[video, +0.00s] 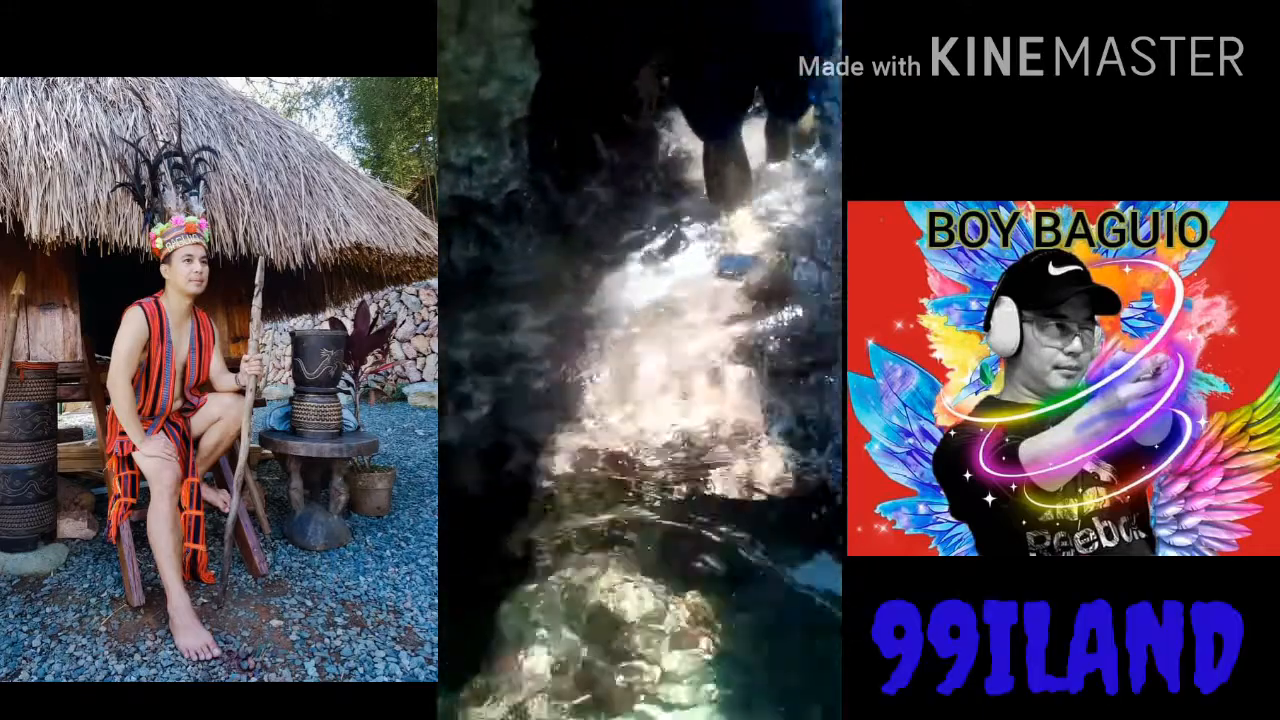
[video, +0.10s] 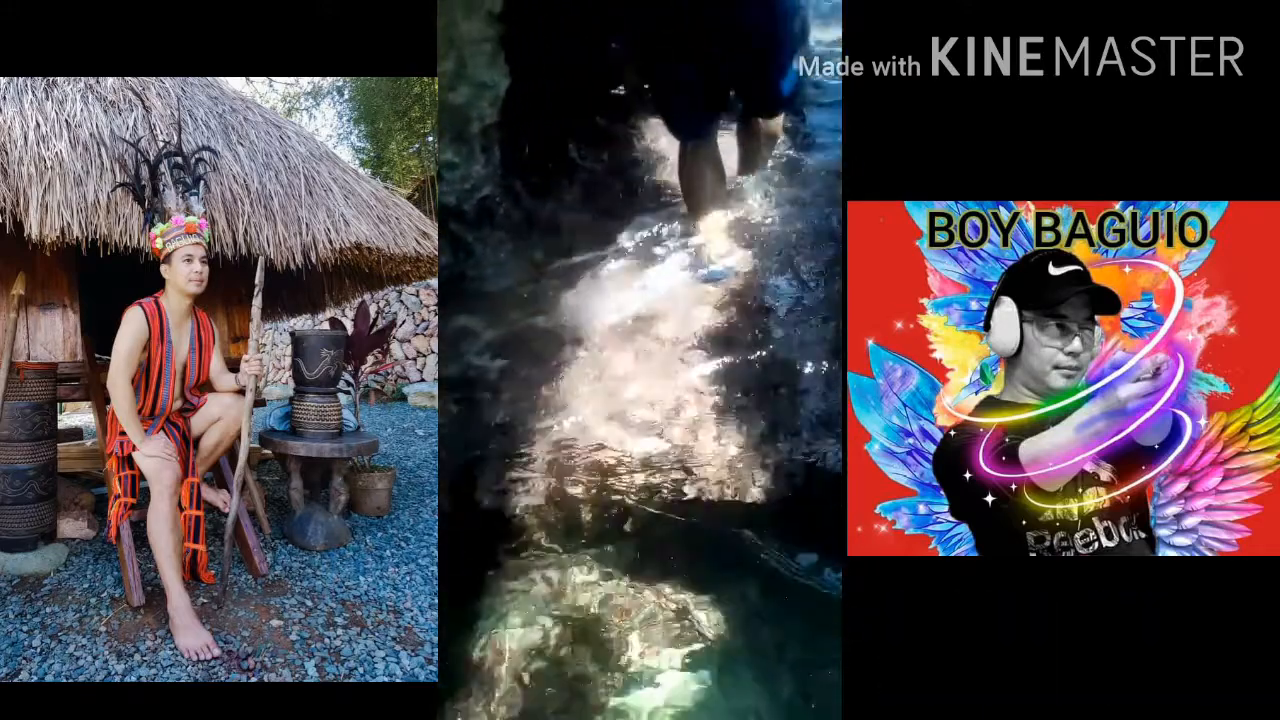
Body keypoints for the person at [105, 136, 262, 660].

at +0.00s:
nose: (198, 268)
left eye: (203, 260)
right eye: (187, 260)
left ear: (208, 267)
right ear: (165, 267)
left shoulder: (206, 324)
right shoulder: (142, 316)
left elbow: (220, 382)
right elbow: (117, 380)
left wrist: (243, 380)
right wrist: (138, 440)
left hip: (180, 419)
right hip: (140, 424)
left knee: (237, 407)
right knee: (169, 477)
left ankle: (191, 478)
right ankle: (179, 606)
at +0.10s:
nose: (198, 269)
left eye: (203, 260)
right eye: (187, 261)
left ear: (207, 266)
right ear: (164, 267)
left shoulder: (206, 323)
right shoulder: (142, 316)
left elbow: (220, 381)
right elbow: (117, 380)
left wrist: (243, 380)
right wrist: (138, 440)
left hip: (181, 419)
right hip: (140, 424)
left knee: (237, 407)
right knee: (169, 476)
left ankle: (191, 479)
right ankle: (179, 605)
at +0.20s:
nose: (198, 269)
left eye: (203, 260)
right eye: (187, 261)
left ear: (207, 266)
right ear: (164, 267)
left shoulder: (206, 323)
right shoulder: (142, 316)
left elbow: (220, 381)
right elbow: (117, 380)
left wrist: (243, 380)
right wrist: (138, 440)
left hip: (181, 419)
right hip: (140, 424)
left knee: (237, 407)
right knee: (169, 476)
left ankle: (191, 479)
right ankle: (179, 605)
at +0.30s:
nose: (198, 268)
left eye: (203, 260)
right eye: (187, 260)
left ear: (208, 267)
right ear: (165, 267)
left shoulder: (206, 324)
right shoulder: (142, 316)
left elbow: (220, 381)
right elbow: (117, 380)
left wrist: (243, 381)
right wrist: (138, 440)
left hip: (180, 419)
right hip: (140, 424)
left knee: (236, 407)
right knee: (169, 476)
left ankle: (191, 478)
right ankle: (179, 605)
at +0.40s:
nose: (198, 268)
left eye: (203, 260)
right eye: (187, 260)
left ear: (208, 267)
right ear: (165, 267)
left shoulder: (206, 324)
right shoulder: (142, 316)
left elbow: (220, 381)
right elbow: (117, 380)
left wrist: (243, 381)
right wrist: (138, 440)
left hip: (180, 419)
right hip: (140, 424)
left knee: (236, 407)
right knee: (169, 476)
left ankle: (191, 478)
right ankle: (179, 605)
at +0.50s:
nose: (198, 268)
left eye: (203, 260)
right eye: (187, 260)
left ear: (208, 267)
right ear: (165, 267)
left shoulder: (206, 324)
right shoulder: (142, 316)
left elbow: (220, 381)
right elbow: (117, 380)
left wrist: (243, 381)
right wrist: (138, 440)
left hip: (180, 419)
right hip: (140, 424)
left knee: (236, 407)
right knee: (169, 476)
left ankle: (191, 478)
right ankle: (179, 605)